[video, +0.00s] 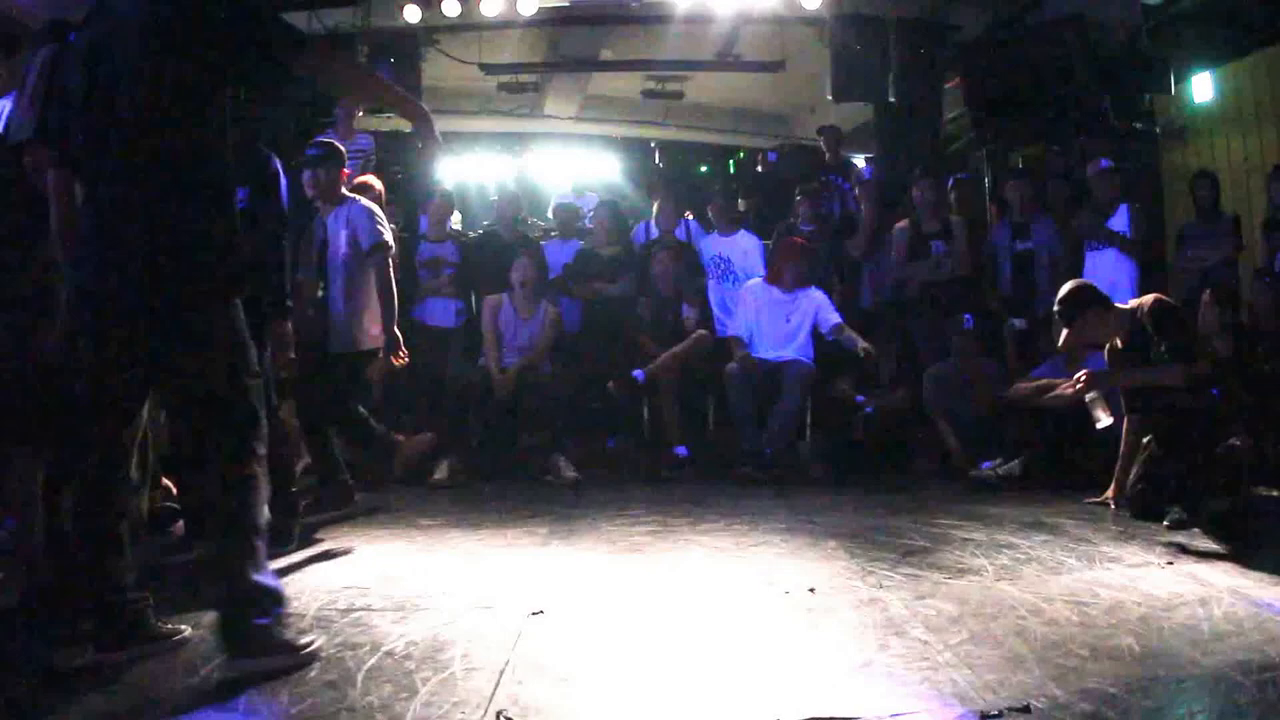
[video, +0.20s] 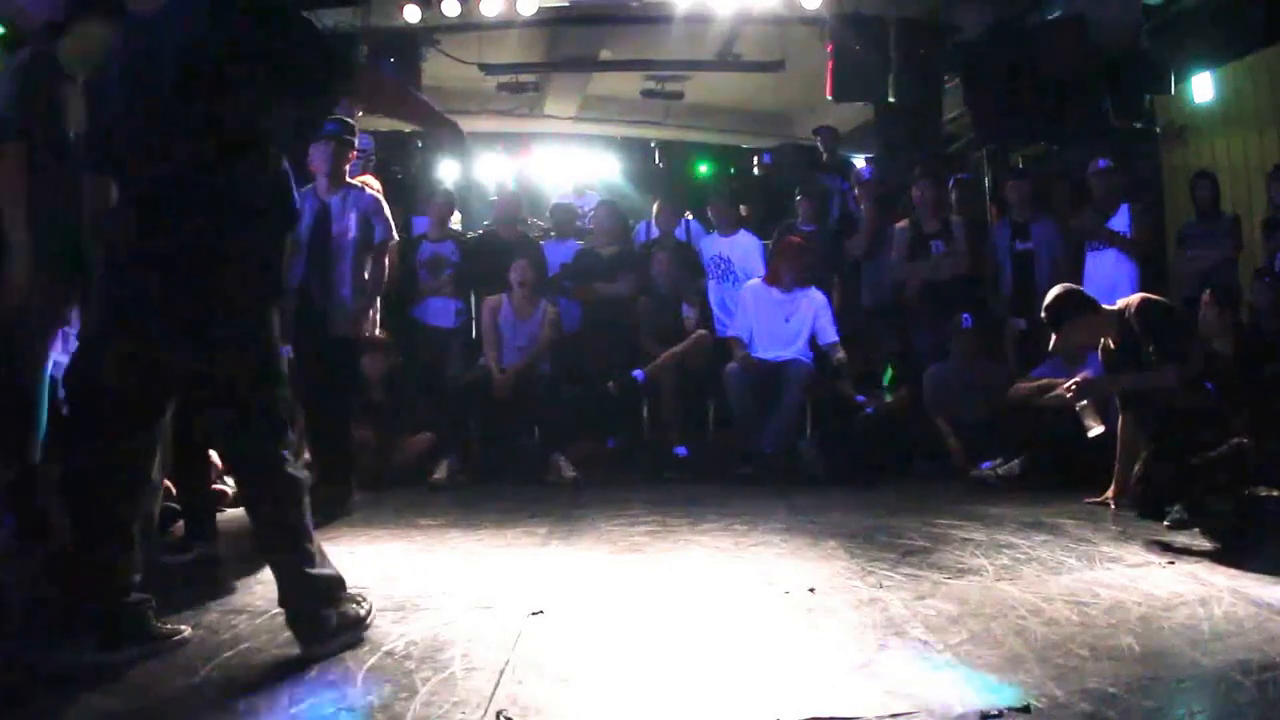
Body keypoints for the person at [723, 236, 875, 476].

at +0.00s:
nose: (800, 272)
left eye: (802, 265)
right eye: (794, 265)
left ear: (806, 266)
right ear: (779, 265)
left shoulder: (813, 296)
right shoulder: (753, 290)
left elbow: (837, 328)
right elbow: (736, 335)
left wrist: (859, 343)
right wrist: (742, 356)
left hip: (793, 362)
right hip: (758, 360)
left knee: (799, 374)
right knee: (734, 373)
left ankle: (774, 451)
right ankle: (750, 450)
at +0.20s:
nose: (794, 267)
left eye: (798, 262)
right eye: (788, 261)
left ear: (805, 264)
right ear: (776, 262)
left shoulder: (814, 298)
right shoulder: (752, 290)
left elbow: (831, 342)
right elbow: (737, 335)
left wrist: (839, 358)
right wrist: (743, 356)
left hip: (793, 361)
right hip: (759, 359)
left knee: (799, 373)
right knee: (733, 374)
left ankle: (774, 447)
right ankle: (750, 445)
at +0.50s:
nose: (790, 264)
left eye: (793, 258)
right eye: (784, 258)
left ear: (800, 261)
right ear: (771, 262)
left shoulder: (814, 299)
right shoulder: (750, 292)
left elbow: (821, 347)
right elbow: (735, 336)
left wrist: (807, 364)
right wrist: (742, 355)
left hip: (792, 360)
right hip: (758, 359)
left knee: (798, 373)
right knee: (734, 373)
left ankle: (773, 450)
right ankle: (748, 451)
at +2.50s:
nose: (781, 267)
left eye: (787, 261)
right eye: (778, 260)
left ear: (801, 265)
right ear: (771, 263)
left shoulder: (818, 302)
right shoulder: (754, 292)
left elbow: (822, 351)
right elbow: (739, 337)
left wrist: (803, 362)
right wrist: (733, 355)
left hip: (791, 364)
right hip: (755, 363)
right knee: (730, 374)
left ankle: (770, 448)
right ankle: (745, 447)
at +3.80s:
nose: (796, 269)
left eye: (800, 263)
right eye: (790, 262)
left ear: (805, 266)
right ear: (777, 264)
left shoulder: (816, 302)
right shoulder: (752, 292)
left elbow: (821, 351)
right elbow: (738, 339)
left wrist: (802, 360)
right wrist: (733, 357)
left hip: (790, 364)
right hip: (754, 363)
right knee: (730, 374)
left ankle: (778, 449)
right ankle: (747, 447)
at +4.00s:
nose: (794, 269)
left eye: (799, 263)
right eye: (788, 262)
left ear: (805, 266)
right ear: (776, 264)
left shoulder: (816, 301)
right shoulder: (753, 292)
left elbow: (821, 352)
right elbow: (740, 339)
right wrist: (733, 356)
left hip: (792, 361)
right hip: (756, 360)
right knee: (732, 376)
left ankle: (775, 450)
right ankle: (745, 448)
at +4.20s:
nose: (793, 268)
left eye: (796, 262)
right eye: (789, 260)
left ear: (802, 265)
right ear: (773, 262)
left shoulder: (805, 294)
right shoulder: (752, 292)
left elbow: (812, 339)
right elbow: (740, 338)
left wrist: (797, 305)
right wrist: (734, 355)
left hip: (791, 361)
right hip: (757, 360)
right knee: (731, 376)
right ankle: (744, 444)